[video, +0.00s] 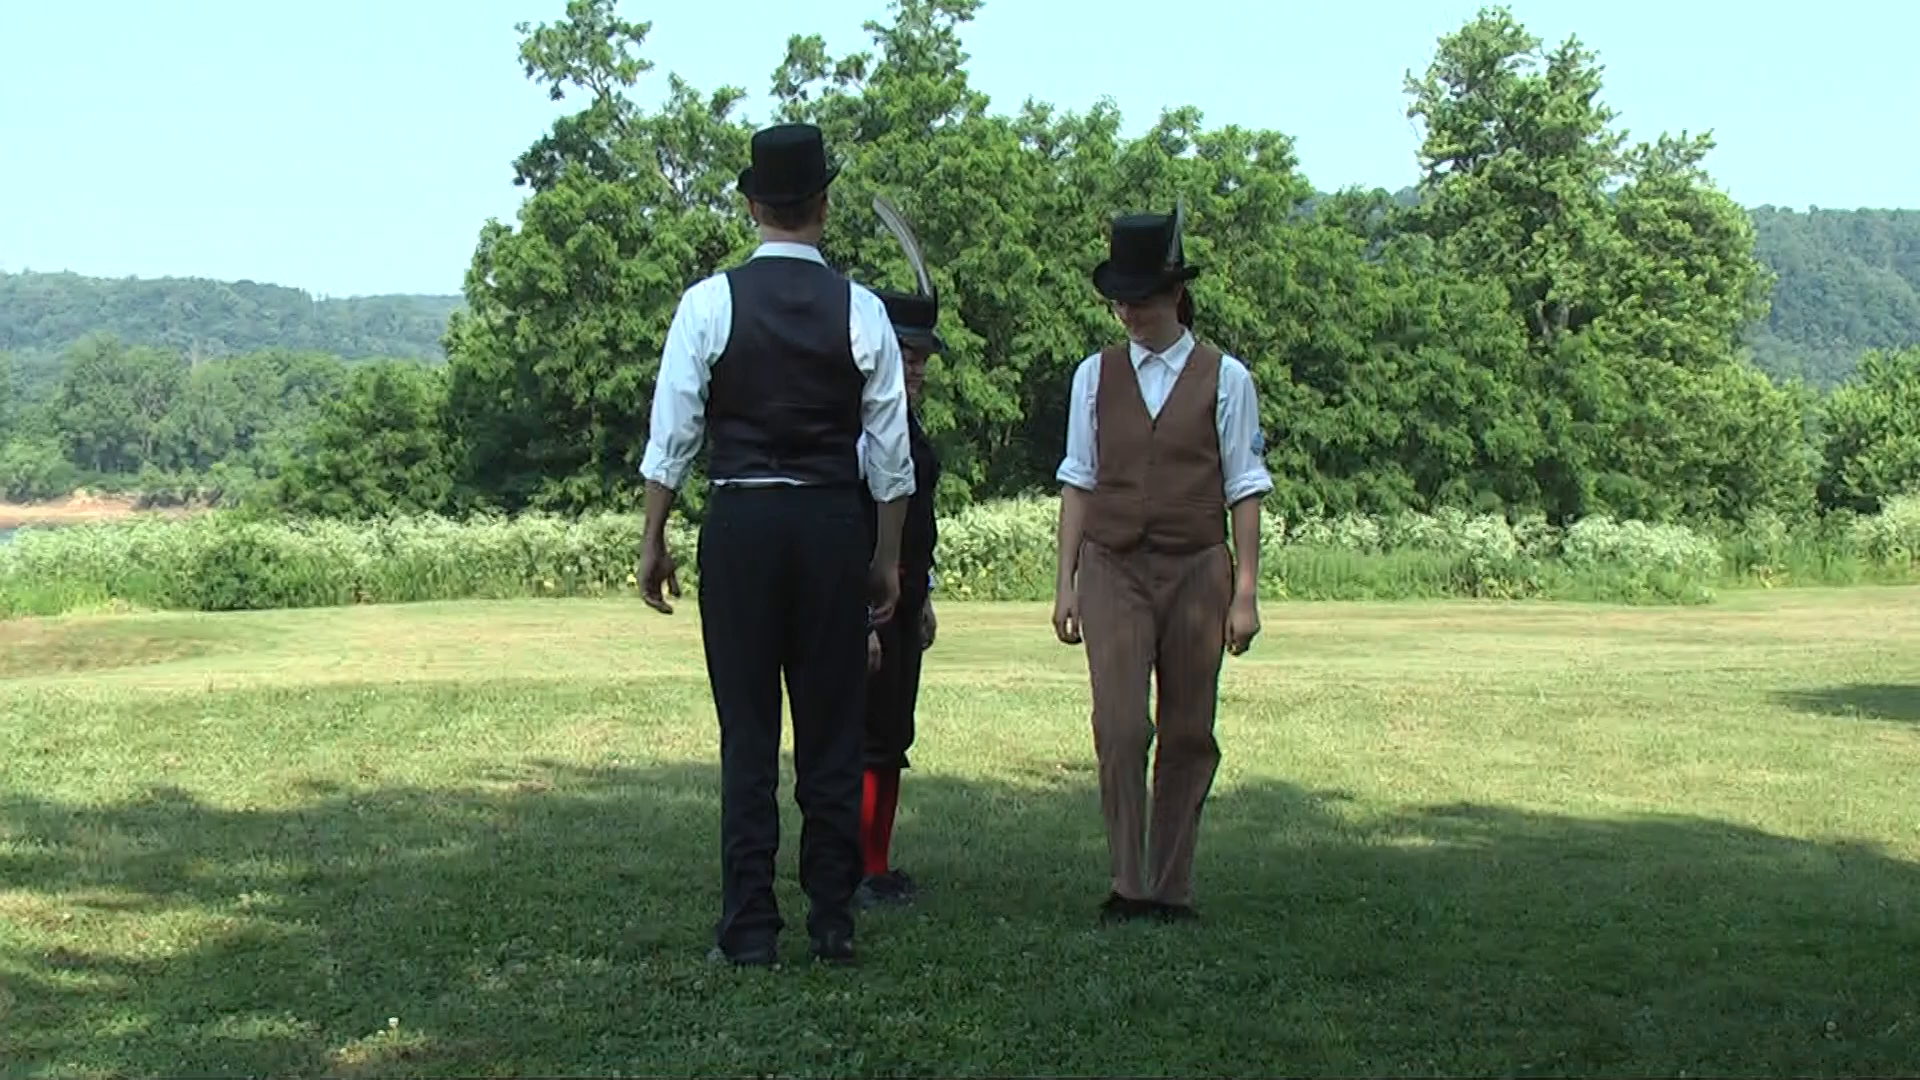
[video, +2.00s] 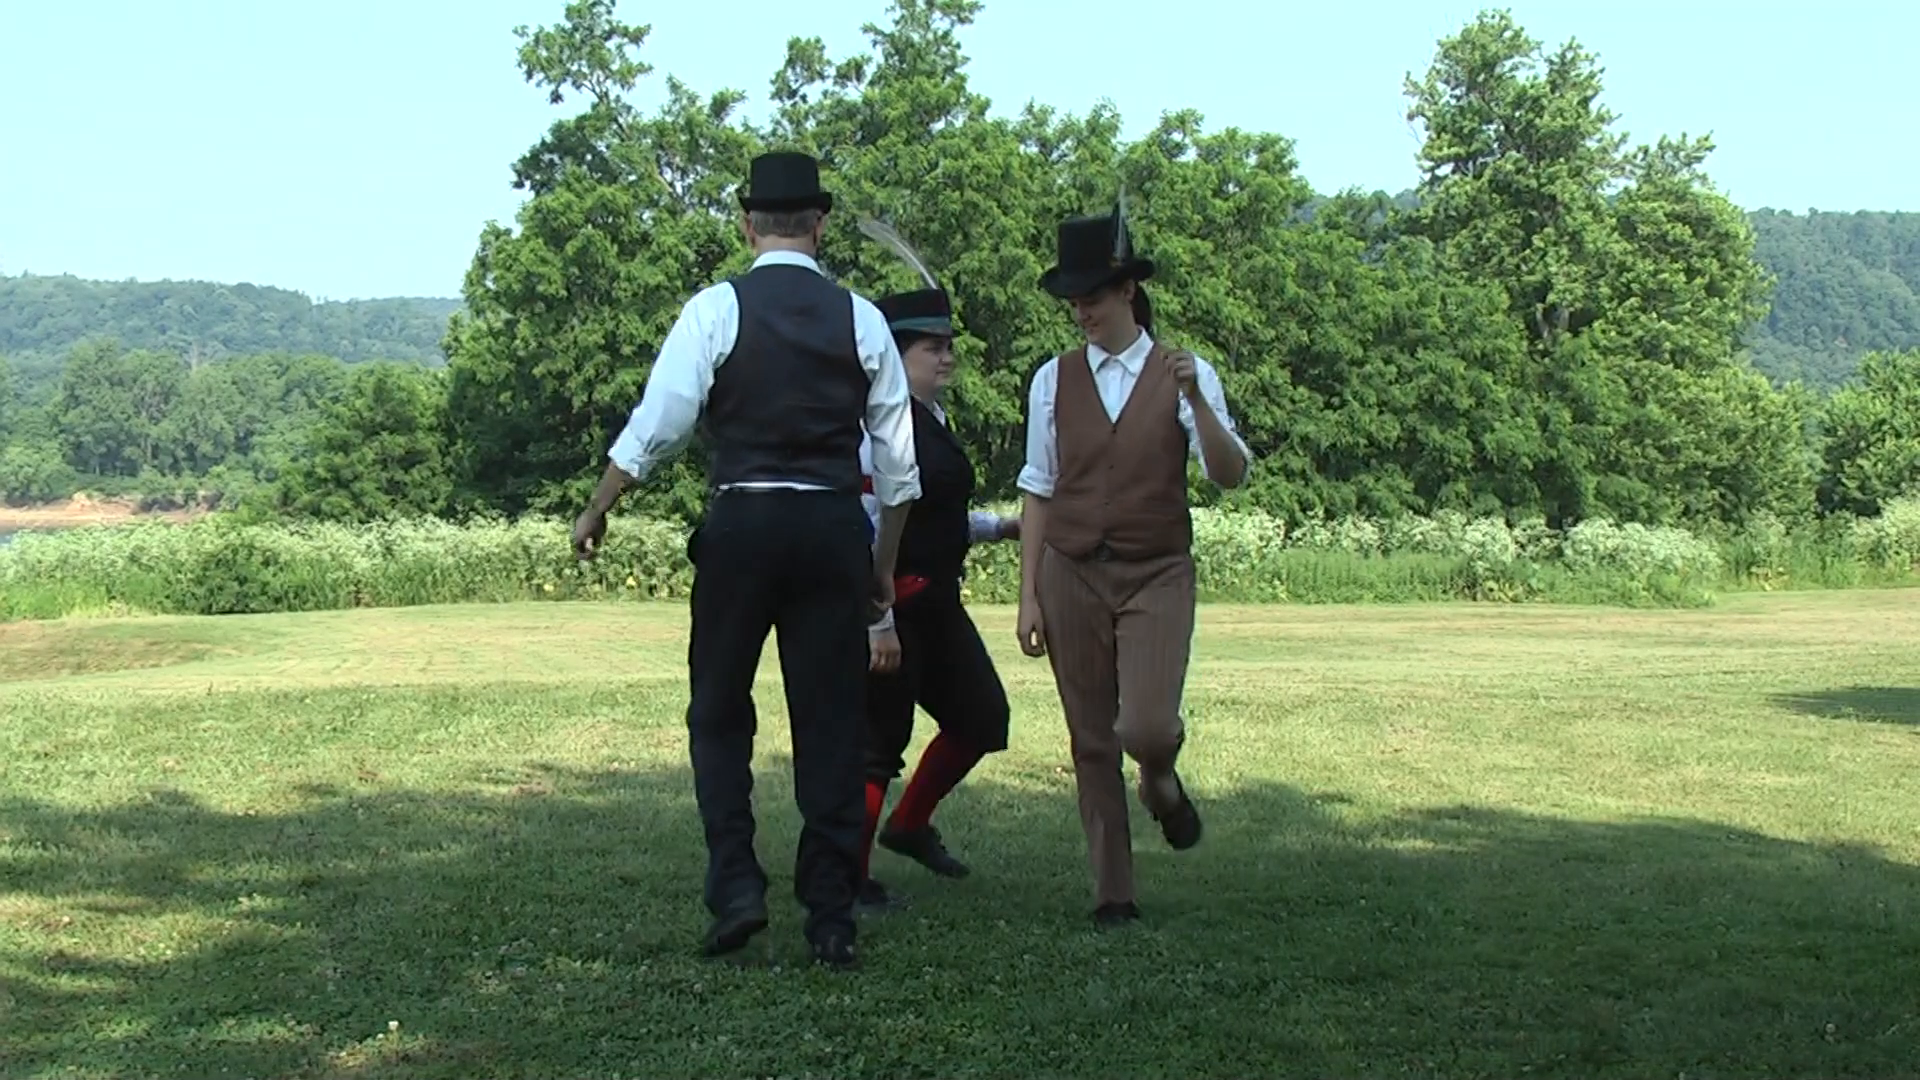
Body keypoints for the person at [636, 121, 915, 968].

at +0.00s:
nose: (777, 207)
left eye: (756, 197)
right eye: (812, 197)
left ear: (749, 205)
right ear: (824, 203)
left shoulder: (709, 301)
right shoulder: (863, 309)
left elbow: (675, 428)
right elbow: (890, 445)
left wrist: (653, 535)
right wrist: (889, 553)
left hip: (739, 533)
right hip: (836, 532)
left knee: (746, 739)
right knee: (831, 736)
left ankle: (748, 928)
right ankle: (834, 922)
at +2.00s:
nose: (765, 230)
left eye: (753, 220)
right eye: (807, 220)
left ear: (748, 224)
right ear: (823, 225)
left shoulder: (714, 308)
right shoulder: (863, 318)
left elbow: (664, 415)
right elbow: (895, 457)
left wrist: (598, 507)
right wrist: (885, 562)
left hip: (740, 527)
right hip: (836, 533)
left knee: (718, 711)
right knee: (830, 720)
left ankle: (736, 899)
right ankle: (831, 920)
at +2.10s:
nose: (747, 228)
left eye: (743, 218)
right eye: (809, 219)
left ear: (740, 222)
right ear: (813, 224)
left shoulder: (712, 299)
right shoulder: (854, 314)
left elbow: (636, 389)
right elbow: (896, 449)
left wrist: (551, 424)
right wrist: (880, 550)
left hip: (737, 520)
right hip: (830, 526)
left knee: (705, 689)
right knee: (830, 714)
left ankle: (722, 866)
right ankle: (834, 918)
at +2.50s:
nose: (761, 244)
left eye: (752, 234)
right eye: (761, 234)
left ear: (689, 241)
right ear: (751, 239)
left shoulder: (651, 308)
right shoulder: (789, 321)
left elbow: (599, 232)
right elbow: (836, 433)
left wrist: (579, 152)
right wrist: (852, 536)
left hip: (684, 529)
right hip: (775, 528)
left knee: (692, 722)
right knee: (773, 628)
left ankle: (697, 917)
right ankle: (771, 784)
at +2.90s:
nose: (795, 307)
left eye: (792, 294)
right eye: (794, 294)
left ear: (724, 281)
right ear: (780, 290)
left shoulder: (671, 328)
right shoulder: (793, 355)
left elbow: (645, 244)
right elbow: (824, 466)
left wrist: (675, 164)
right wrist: (815, 568)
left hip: (663, 546)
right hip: (747, 550)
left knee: (681, 725)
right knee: (798, 608)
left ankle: (677, 901)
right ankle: (752, 784)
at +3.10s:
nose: (847, 313)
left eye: (847, 300)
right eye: (848, 300)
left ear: (781, 279)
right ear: (831, 294)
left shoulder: (724, 320)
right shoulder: (835, 360)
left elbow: (712, 239)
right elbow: (836, 472)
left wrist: (742, 162)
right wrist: (819, 570)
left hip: (680, 530)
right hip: (759, 544)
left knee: (685, 717)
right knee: (815, 665)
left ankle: (668, 888)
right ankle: (768, 831)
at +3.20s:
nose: (871, 310)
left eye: (871, 297)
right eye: (871, 298)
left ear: (802, 283)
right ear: (854, 294)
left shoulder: (748, 324)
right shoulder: (855, 370)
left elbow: (740, 241)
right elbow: (840, 488)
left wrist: (771, 162)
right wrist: (828, 587)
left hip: (714, 539)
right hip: (792, 555)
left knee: (695, 703)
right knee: (797, 723)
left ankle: (666, 829)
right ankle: (777, 878)